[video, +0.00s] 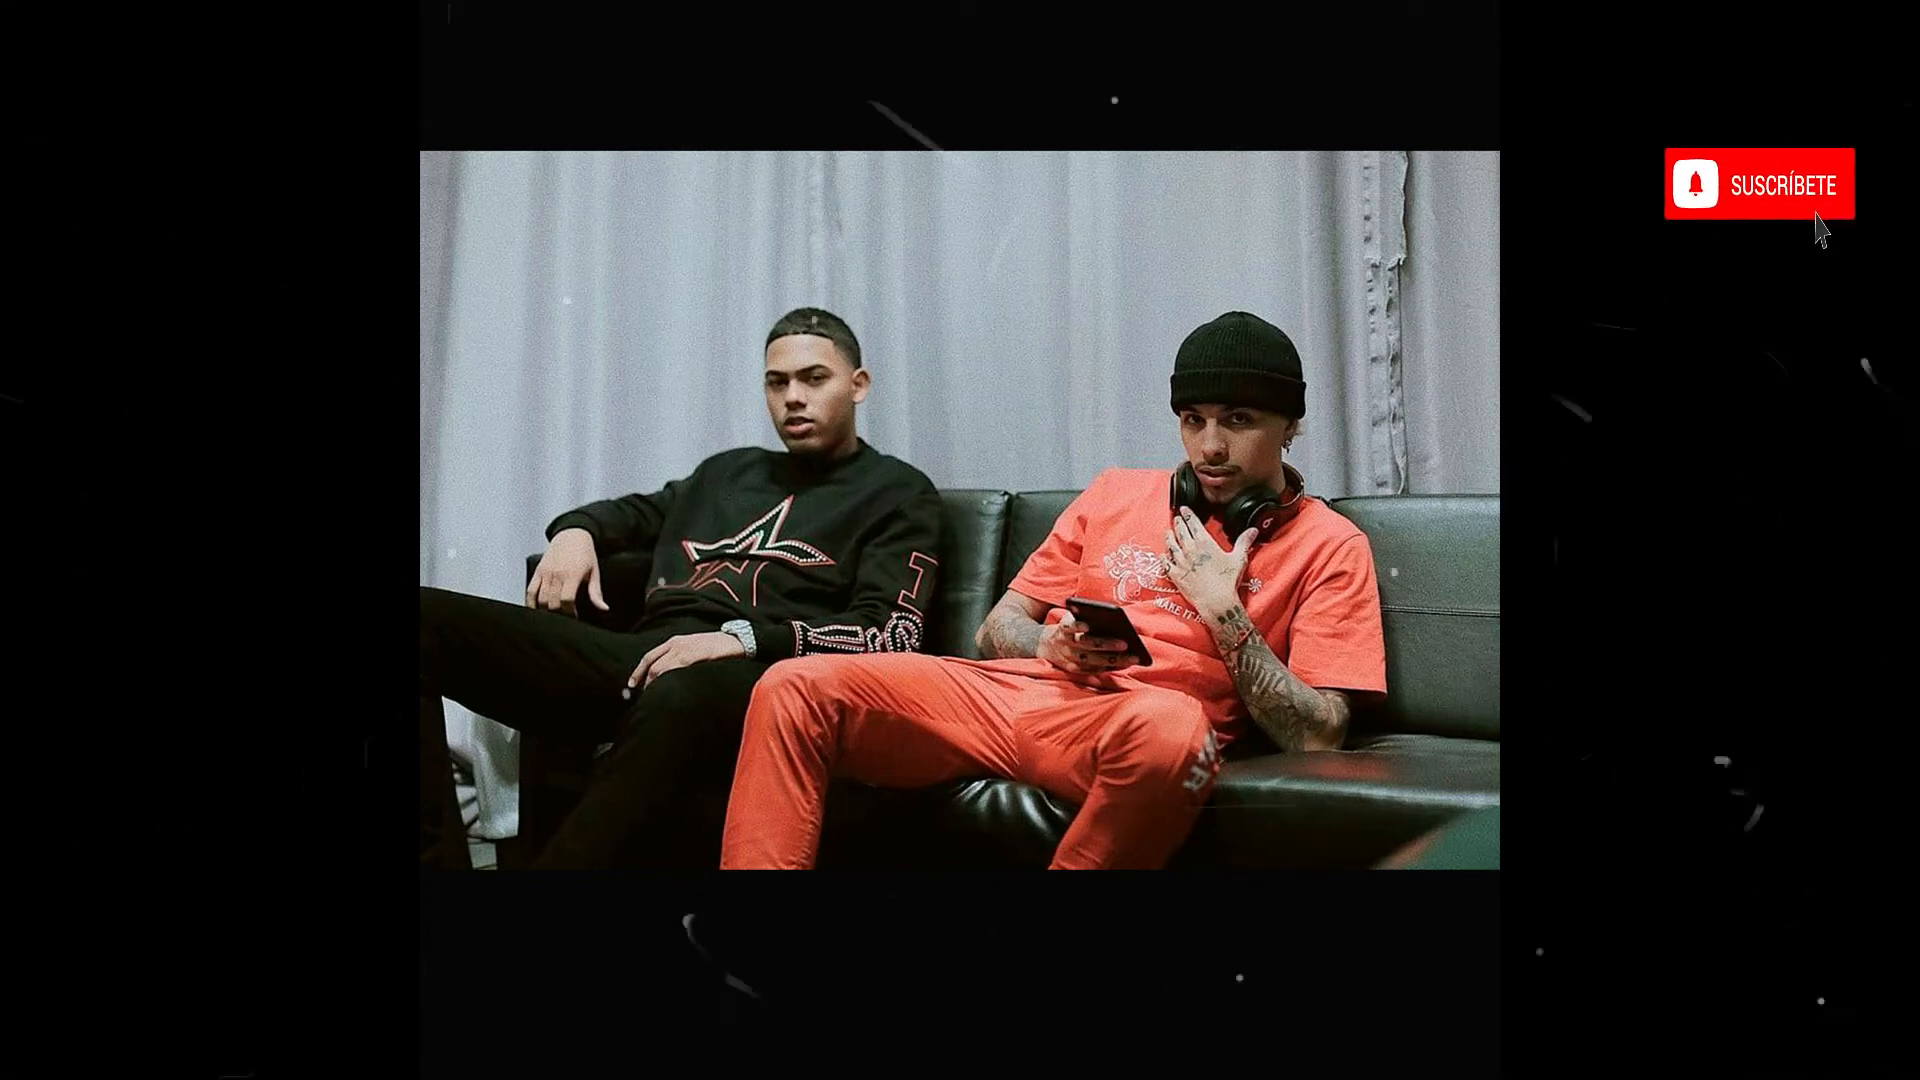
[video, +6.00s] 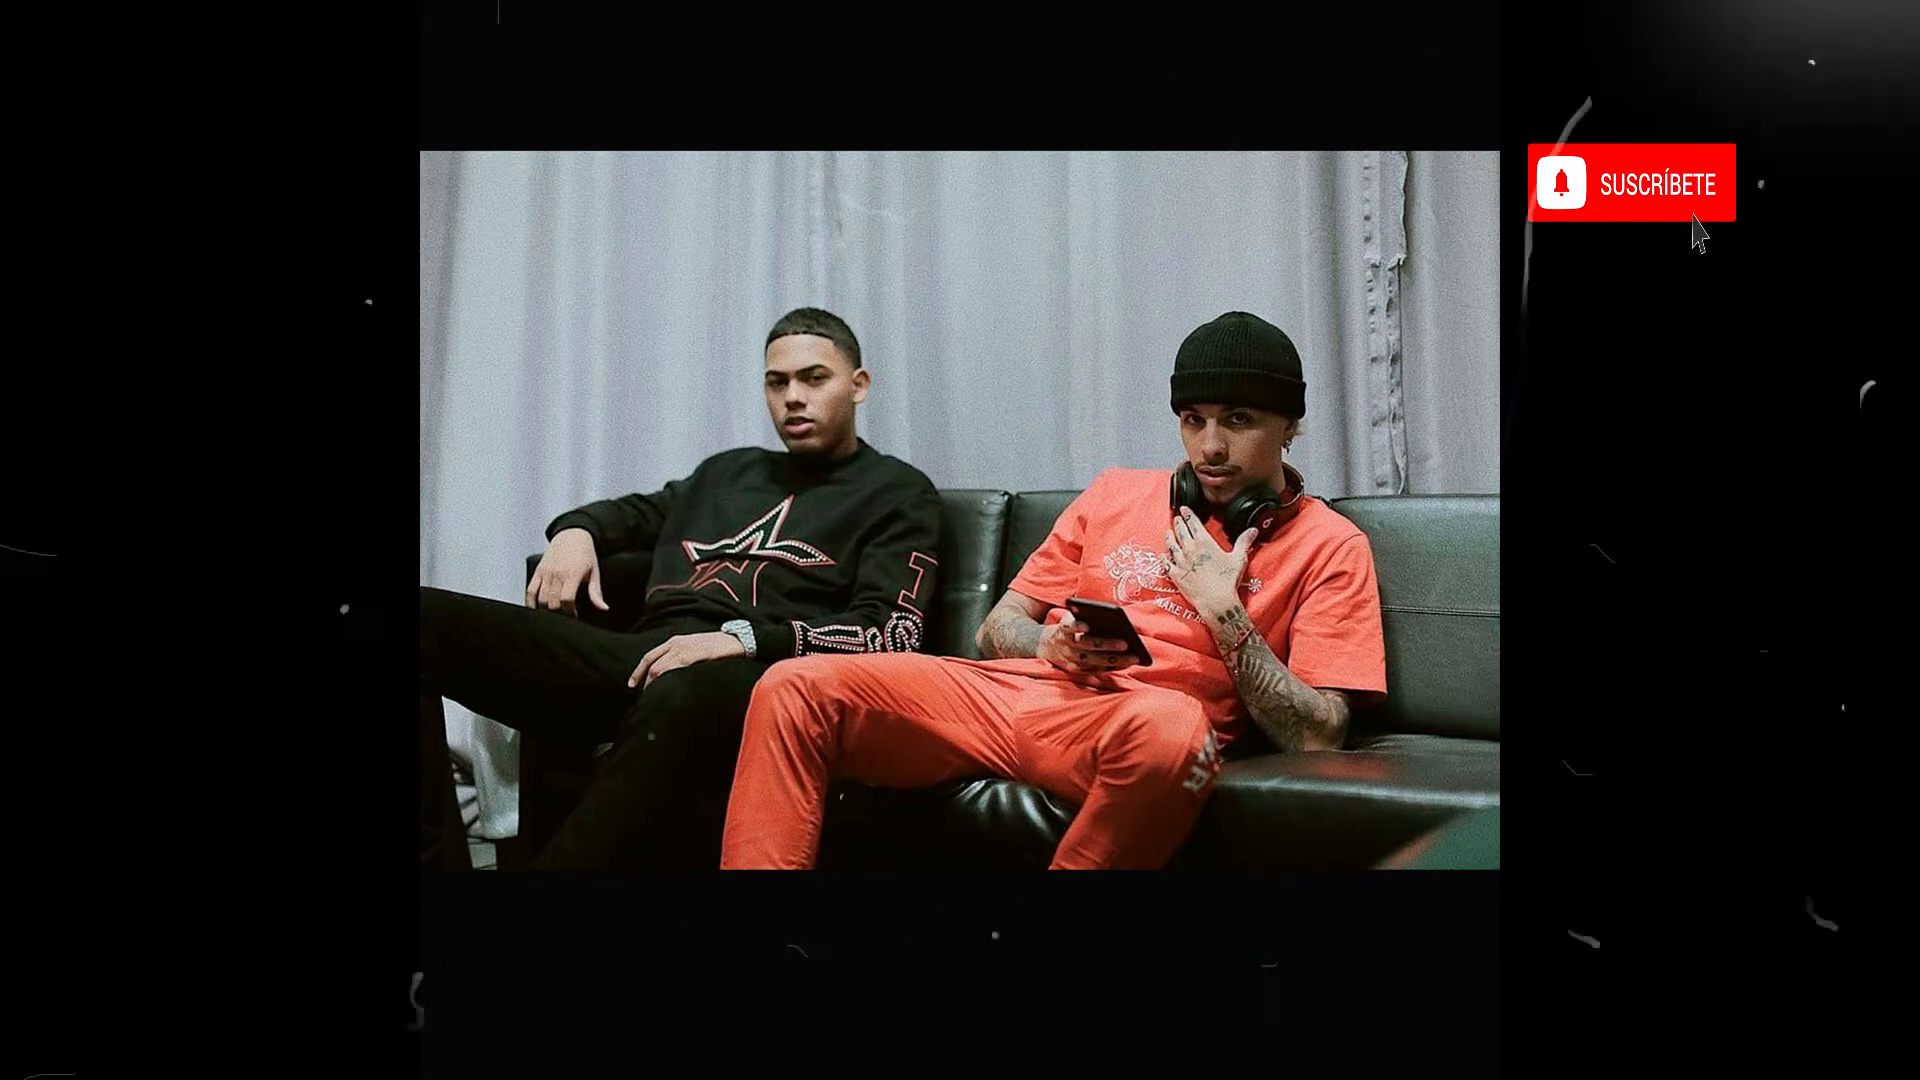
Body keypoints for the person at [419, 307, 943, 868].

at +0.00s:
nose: (792, 398)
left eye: (813, 379)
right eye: (778, 382)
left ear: (859, 385)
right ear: (765, 390)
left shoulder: (899, 494)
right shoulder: (728, 472)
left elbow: (892, 636)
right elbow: (641, 515)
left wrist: (744, 637)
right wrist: (575, 530)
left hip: (771, 681)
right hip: (638, 654)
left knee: (683, 700)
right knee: (426, 617)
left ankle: (561, 873)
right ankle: (441, 857)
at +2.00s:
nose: (793, 399)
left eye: (813, 379)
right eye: (779, 382)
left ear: (859, 385)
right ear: (765, 390)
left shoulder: (900, 494)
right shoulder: (728, 471)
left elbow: (893, 634)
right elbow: (640, 515)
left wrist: (742, 639)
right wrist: (574, 530)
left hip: (769, 680)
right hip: (637, 652)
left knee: (682, 699)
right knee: (426, 617)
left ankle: (562, 870)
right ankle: (441, 856)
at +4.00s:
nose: (793, 399)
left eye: (814, 379)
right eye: (779, 382)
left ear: (859, 385)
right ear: (765, 390)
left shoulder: (899, 494)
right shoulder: (728, 472)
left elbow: (893, 634)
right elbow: (641, 515)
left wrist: (743, 639)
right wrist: (575, 529)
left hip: (772, 680)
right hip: (641, 653)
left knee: (680, 700)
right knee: (424, 617)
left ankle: (561, 870)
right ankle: (439, 850)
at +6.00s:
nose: (793, 399)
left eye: (813, 379)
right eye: (779, 382)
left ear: (859, 385)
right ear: (765, 391)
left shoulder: (899, 493)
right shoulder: (728, 472)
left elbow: (893, 635)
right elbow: (640, 515)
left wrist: (745, 638)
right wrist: (575, 530)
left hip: (770, 681)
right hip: (638, 653)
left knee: (683, 699)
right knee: (424, 618)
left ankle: (560, 874)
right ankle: (441, 860)